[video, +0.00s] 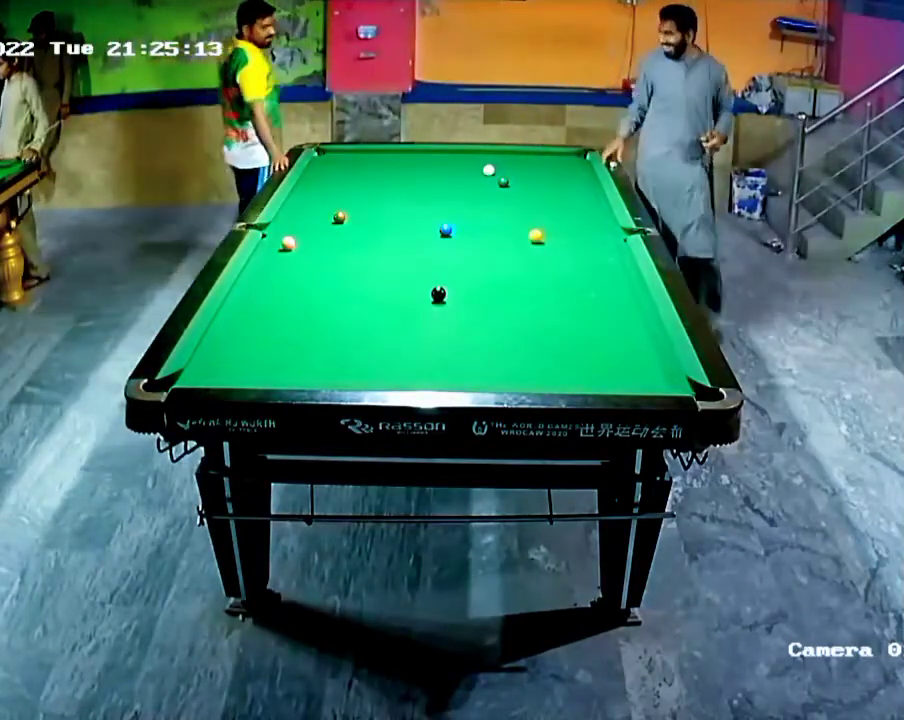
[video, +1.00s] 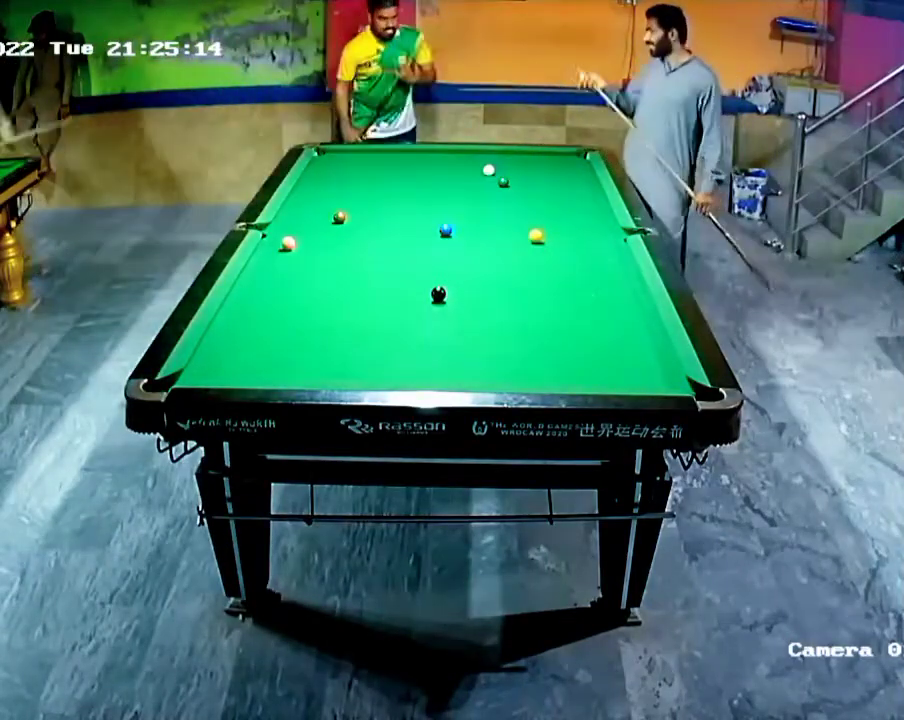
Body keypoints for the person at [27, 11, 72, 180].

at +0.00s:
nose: (37, 36)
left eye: (41, 32)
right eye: (35, 32)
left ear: (50, 30)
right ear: (33, 32)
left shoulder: (60, 48)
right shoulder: (32, 48)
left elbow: (67, 75)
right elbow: (28, 72)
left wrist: (65, 101)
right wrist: (25, 92)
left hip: (52, 94)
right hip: (33, 93)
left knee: (50, 130)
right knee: (34, 127)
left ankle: (44, 158)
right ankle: (34, 157)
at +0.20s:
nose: (36, 37)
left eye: (39, 32)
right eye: (34, 33)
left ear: (48, 31)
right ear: (34, 32)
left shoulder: (60, 48)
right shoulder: (34, 49)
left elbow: (67, 75)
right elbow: (27, 71)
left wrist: (65, 102)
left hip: (52, 94)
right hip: (35, 93)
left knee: (49, 128)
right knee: (36, 127)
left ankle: (44, 159)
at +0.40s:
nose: (38, 37)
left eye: (41, 32)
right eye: (36, 32)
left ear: (50, 31)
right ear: (33, 32)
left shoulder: (60, 48)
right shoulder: (31, 49)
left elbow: (67, 75)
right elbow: (25, 72)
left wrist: (65, 101)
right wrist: (22, 92)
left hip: (51, 94)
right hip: (32, 93)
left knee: (49, 130)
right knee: (32, 128)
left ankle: (44, 159)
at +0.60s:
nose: (39, 37)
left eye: (42, 33)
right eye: (36, 33)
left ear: (50, 32)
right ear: (34, 32)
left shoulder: (60, 51)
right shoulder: (31, 49)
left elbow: (68, 76)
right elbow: (23, 72)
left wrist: (65, 102)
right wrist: (19, 91)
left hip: (52, 95)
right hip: (32, 94)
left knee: (49, 129)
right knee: (32, 127)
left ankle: (45, 160)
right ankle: (32, 158)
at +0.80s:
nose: (39, 37)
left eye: (42, 33)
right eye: (37, 33)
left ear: (50, 32)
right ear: (35, 33)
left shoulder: (61, 51)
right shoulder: (31, 51)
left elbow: (68, 76)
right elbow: (21, 75)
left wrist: (65, 102)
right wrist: (20, 98)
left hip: (51, 95)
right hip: (32, 94)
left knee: (47, 130)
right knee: (24, 126)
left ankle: (44, 161)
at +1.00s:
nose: (38, 38)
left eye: (42, 33)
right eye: (35, 33)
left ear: (50, 32)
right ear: (33, 32)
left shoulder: (61, 49)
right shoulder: (31, 49)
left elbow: (68, 75)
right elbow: (20, 78)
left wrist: (65, 102)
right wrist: (16, 105)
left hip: (51, 95)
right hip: (32, 95)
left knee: (48, 131)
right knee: (21, 125)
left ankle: (46, 160)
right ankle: (41, 157)